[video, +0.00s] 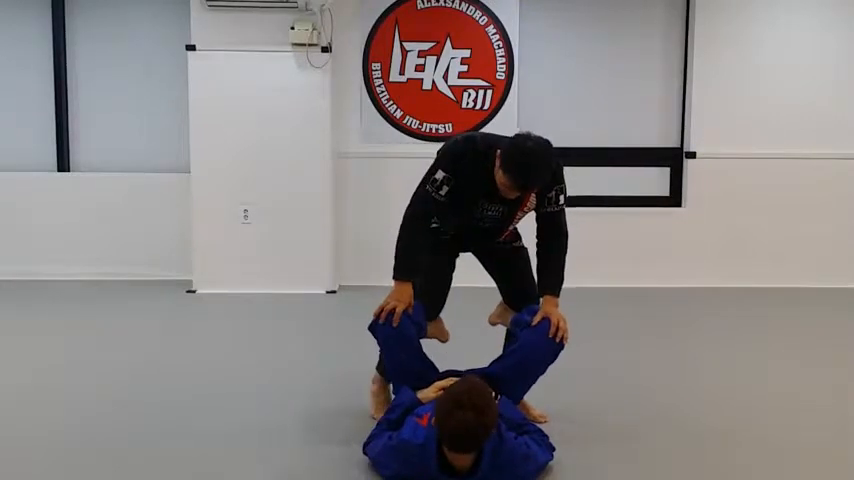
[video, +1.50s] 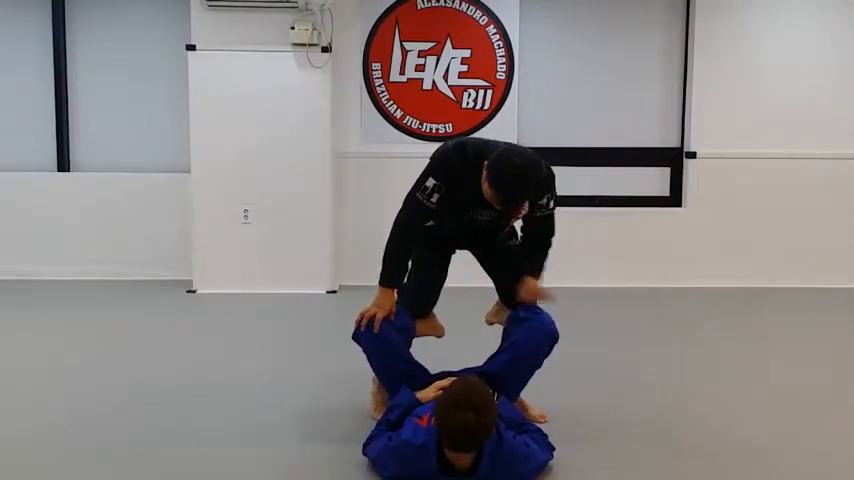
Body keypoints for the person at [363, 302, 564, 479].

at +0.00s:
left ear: (436, 422)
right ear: (494, 422)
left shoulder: (406, 451)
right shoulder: (515, 456)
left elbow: (374, 442)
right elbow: (540, 441)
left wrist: (415, 398)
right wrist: (503, 402)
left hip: (426, 390)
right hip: (494, 393)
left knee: (390, 320)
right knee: (550, 330)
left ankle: (427, 323)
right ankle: (509, 313)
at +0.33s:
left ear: (435, 419)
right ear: (495, 418)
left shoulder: (406, 452)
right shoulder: (515, 457)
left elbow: (373, 444)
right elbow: (540, 441)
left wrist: (413, 398)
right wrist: (504, 403)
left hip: (424, 394)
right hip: (492, 393)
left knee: (375, 325)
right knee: (550, 329)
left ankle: (417, 319)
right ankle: (508, 314)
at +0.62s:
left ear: (435, 418)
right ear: (495, 420)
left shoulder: (407, 452)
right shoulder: (515, 456)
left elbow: (373, 443)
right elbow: (540, 442)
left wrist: (414, 397)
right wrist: (503, 402)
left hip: (424, 394)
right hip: (492, 392)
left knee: (374, 325)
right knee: (549, 329)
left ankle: (419, 322)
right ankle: (508, 313)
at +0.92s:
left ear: (435, 421)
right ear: (496, 423)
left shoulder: (408, 451)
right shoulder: (514, 457)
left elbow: (374, 443)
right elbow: (541, 444)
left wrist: (414, 398)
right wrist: (505, 404)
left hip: (423, 395)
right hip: (492, 392)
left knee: (375, 326)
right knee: (546, 332)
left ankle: (419, 321)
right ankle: (510, 308)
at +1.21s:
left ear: (434, 420)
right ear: (495, 423)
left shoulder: (409, 451)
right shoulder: (514, 456)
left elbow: (374, 443)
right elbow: (541, 443)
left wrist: (413, 398)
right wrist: (504, 403)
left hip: (423, 394)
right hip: (492, 392)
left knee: (373, 325)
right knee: (543, 328)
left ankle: (419, 319)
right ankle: (508, 309)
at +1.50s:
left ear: (434, 419)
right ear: (494, 422)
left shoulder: (408, 451)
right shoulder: (514, 456)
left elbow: (374, 443)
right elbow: (540, 443)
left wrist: (413, 398)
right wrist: (507, 404)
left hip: (422, 396)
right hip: (490, 392)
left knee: (371, 327)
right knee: (543, 329)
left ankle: (417, 318)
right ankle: (509, 309)